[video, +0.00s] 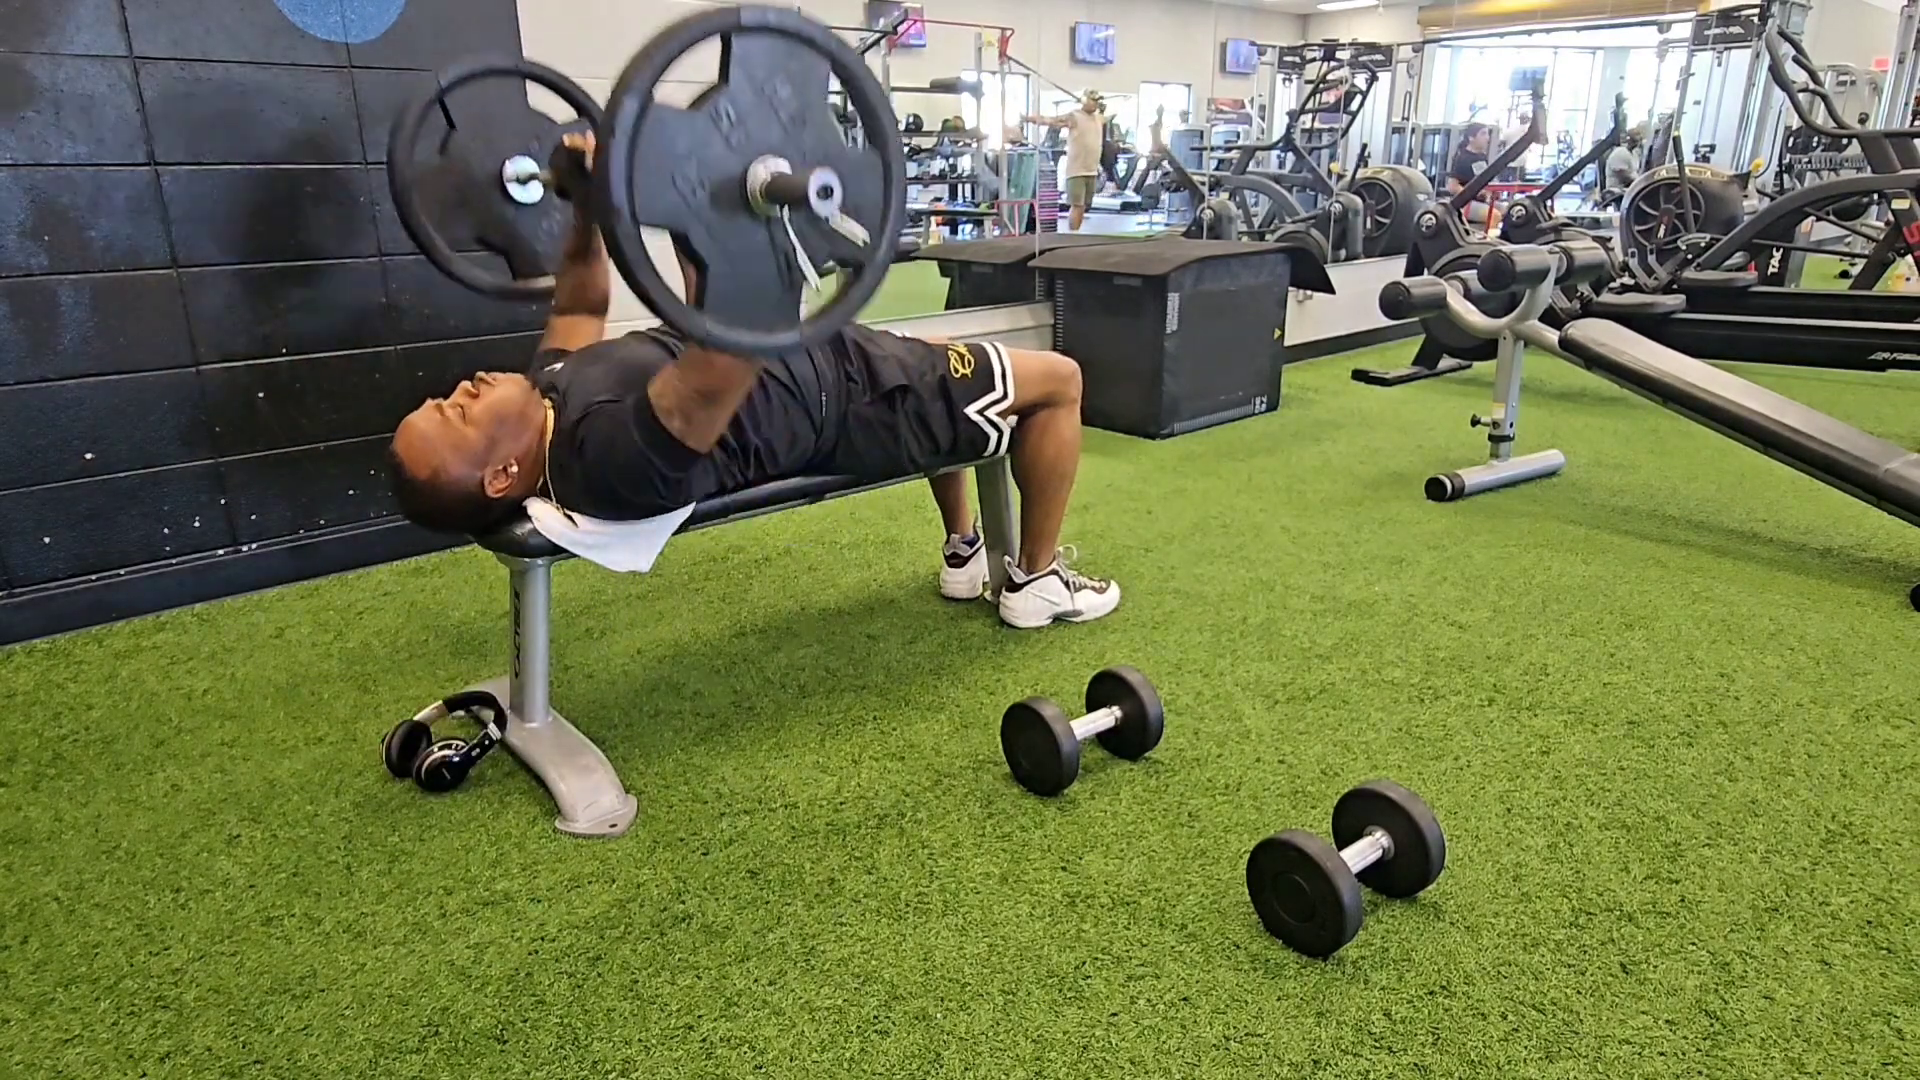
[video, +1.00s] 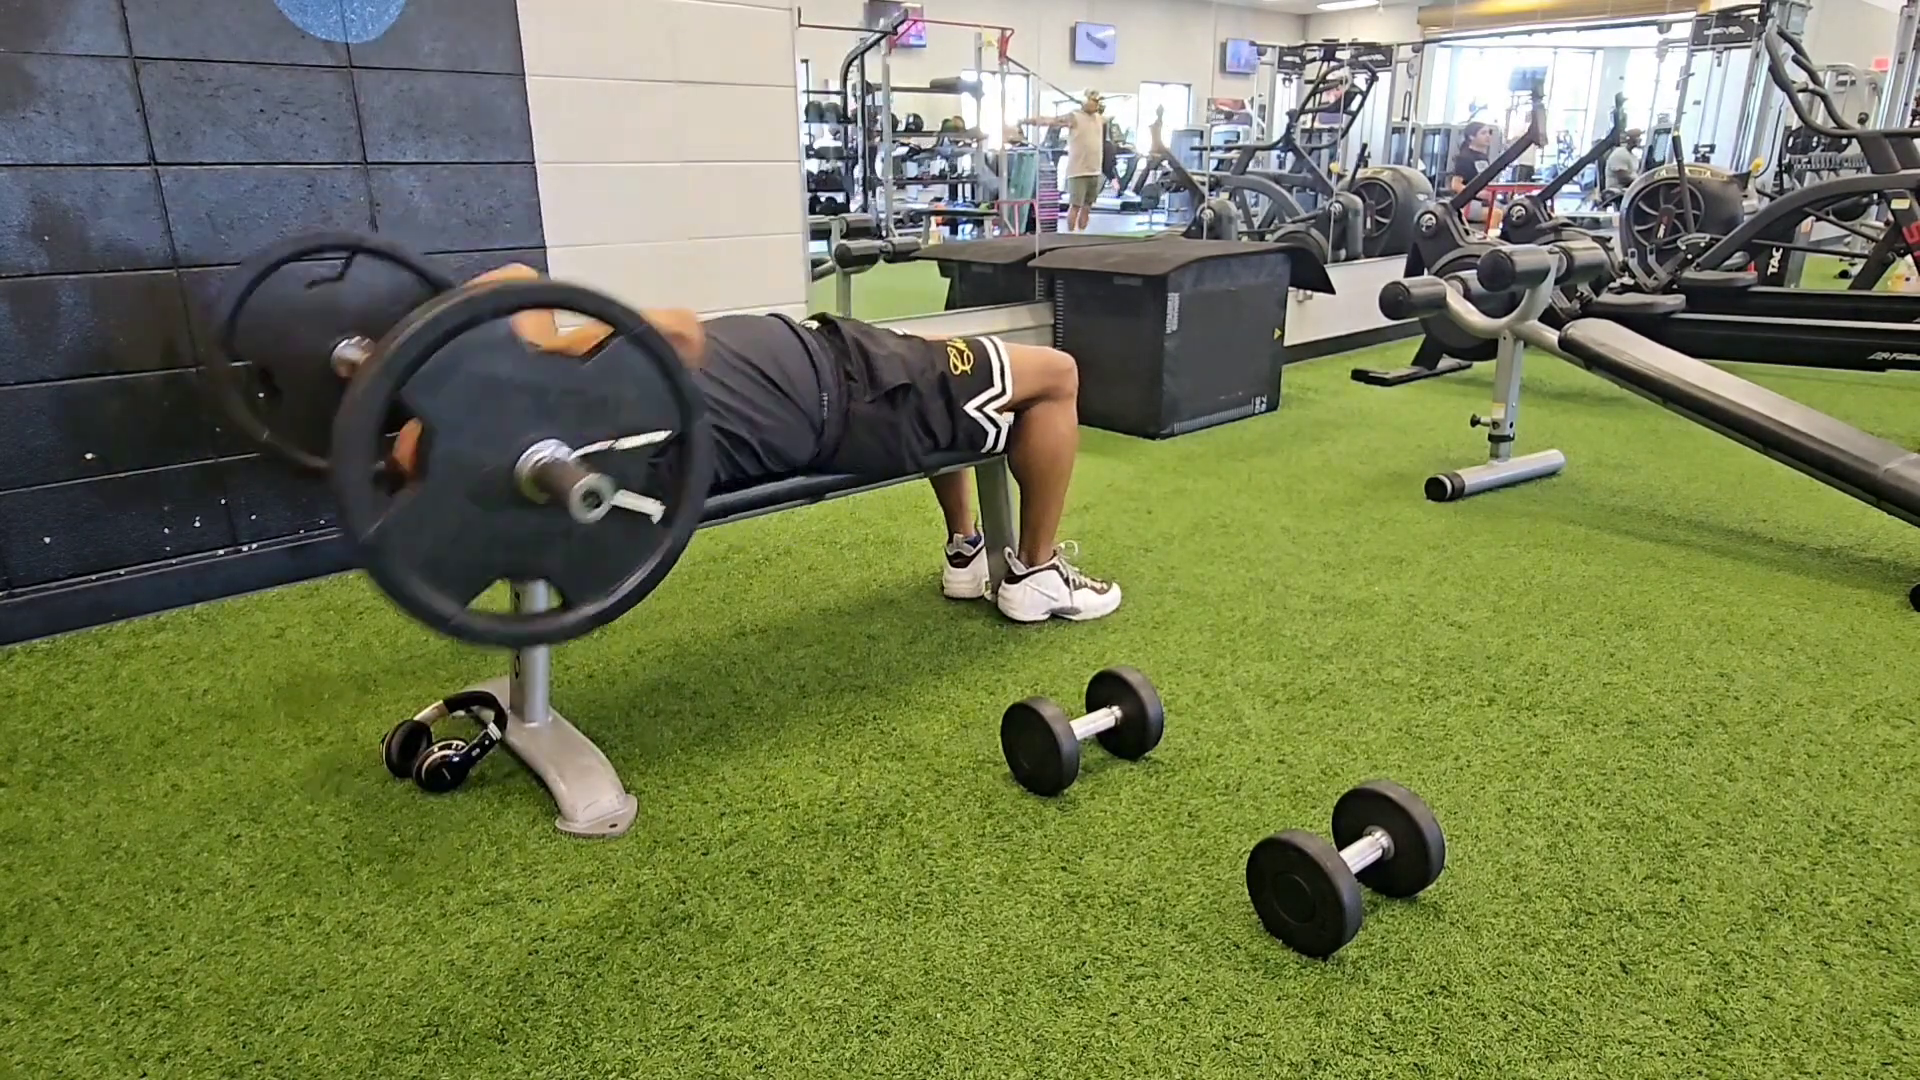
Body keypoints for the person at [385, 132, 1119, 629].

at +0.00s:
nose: (467, 377)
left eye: (445, 392)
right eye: (457, 405)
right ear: (505, 473)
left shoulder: (545, 395)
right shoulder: (608, 460)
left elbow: (575, 313)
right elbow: (715, 371)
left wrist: (585, 204)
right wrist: (719, 221)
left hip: (804, 358)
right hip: (844, 401)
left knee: (937, 349)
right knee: (1060, 380)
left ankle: (965, 546)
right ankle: (1039, 578)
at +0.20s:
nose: (462, 381)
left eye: (440, 395)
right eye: (460, 406)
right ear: (507, 472)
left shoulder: (529, 376)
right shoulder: (611, 446)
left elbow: (561, 261)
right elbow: (689, 295)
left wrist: (562, 123)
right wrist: (672, 125)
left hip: (794, 350)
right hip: (842, 395)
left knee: (934, 362)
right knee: (1053, 379)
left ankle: (967, 550)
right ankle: (1038, 576)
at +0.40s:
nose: (472, 381)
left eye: (449, 393)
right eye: (461, 409)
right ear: (505, 482)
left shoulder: (555, 408)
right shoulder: (613, 469)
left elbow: (598, 348)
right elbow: (737, 436)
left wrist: (592, 252)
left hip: (797, 373)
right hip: (843, 412)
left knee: (931, 349)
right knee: (1059, 379)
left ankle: (967, 549)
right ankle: (1037, 578)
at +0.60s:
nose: (479, 377)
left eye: (455, 389)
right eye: (467, 407)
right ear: (511, 478)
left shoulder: (560, 397)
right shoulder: (613, 462)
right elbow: (728, 497)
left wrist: (609, 332)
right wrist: (802, 515)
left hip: (785, 374)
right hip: (848, 421)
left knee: (923, 346)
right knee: (1062, 378)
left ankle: (965, 547)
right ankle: (1039, 577)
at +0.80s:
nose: (490, 382)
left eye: (470, 388)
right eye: (482, 405)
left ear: (502, 374)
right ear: (518, 472)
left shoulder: (562, 393)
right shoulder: (598, 457)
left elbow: (632, 345)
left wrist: (561, 315)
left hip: (803, 357)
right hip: (854, 411)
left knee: (945, 344)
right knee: (1067, 379)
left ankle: (967, 544)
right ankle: (1040, 577)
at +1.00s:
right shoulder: (545, 415)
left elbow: (516, 271)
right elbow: (686, 332)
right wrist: (556, 324)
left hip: (788, 351)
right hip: (829, 395)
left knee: (942, 354)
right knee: (1055, 374)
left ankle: (968, 550)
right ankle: (1041, 573)